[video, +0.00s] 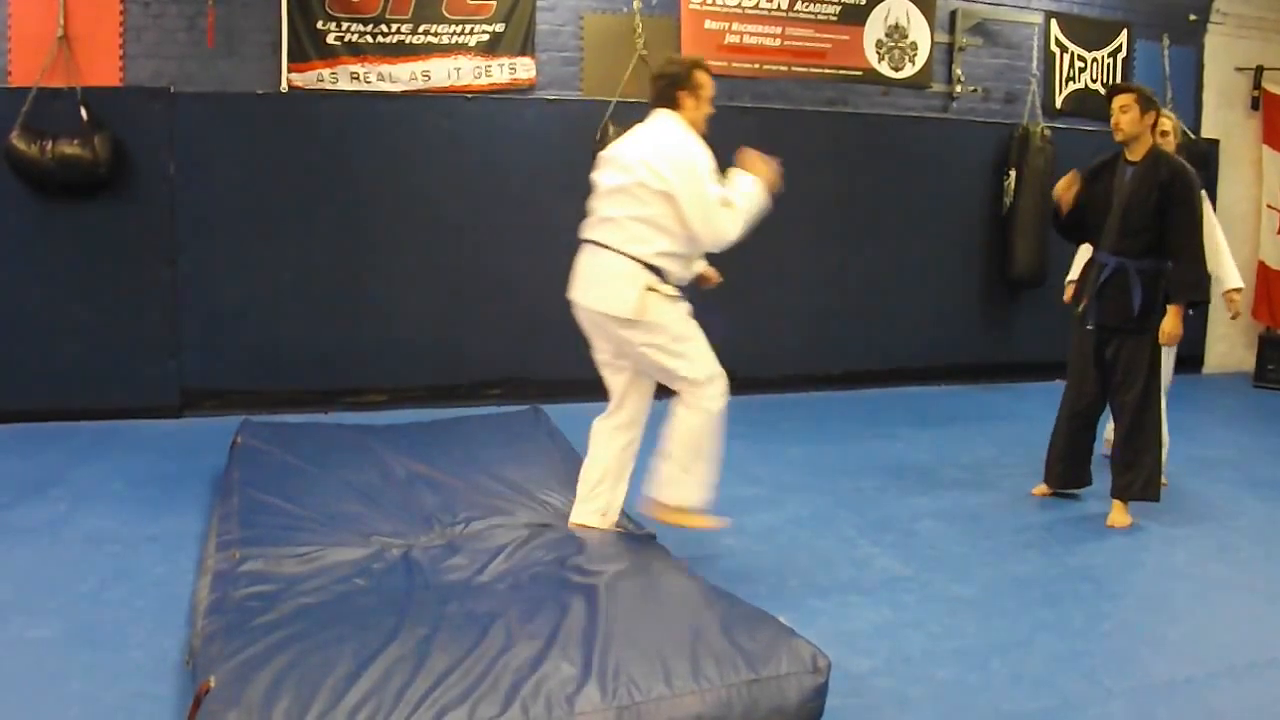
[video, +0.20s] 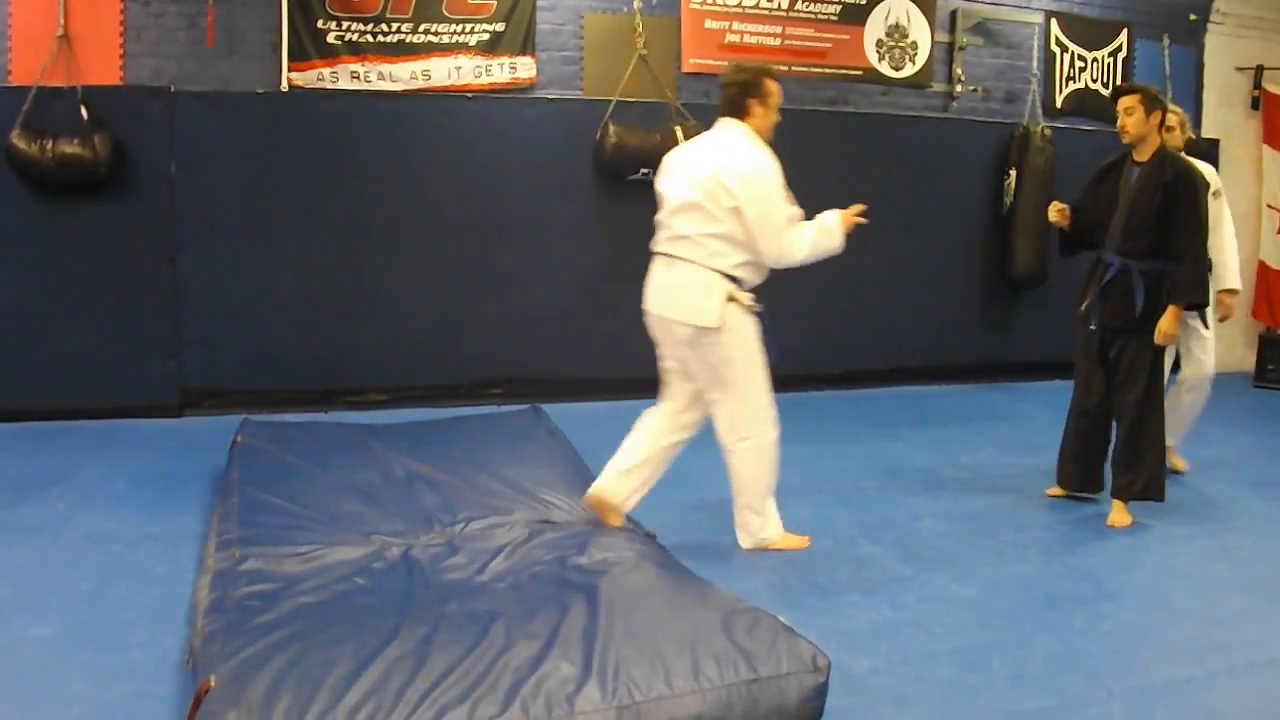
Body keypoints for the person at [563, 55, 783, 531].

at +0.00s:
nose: (711, 108)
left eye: (710, 98)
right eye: (707, 98)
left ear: (669, 97)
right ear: (684, 98)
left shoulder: (628, 141)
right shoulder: (685, 149)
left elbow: (630, 222)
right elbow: (714, 231)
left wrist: (688, 265)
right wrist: (753, 182)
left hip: (589, 283)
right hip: (633, 290)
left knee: (629, 398)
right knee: (705, 383)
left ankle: (592, 515)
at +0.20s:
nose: (779, 117)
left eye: (778, 107)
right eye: (774, 107)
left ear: (737, 106)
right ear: (753, 106)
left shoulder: (683, 153)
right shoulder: (754, 160)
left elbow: (685, 221)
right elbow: (781, 245)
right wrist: (834, 226)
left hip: (663, 290)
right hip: (713, 301)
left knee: (681, 405)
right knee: (751, 417)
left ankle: (609, 496)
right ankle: (759, 531)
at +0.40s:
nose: (824, 109)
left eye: (824, 98)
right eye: (821, 99)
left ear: (779, 95)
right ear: (802, 97)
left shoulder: (727, 142)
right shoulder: (803, 151)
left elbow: (723, 212)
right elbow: (826, 234)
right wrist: (879, 221)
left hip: (713, 278)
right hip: (757, 288)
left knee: (762, 379)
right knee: (779, 408)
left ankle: (711, 454)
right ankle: (764, 528)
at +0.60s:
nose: (849, 113)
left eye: (848, 103)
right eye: (846, 103)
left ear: (807, 100)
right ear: (827, 100)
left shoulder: (754, 147)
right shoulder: (828, 153)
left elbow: (755, 216)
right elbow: (856, 231)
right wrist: (906, 219)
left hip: (747, 281)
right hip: (789, 289)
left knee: (791, 388)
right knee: (784, 404)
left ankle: (796, 476)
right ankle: (761, 525)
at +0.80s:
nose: (871, 115)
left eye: (870, 107)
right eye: (867, 106)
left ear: (828, 107)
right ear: (846, 105)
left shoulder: (784, 153)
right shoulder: (849, 150)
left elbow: (784, 219)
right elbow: (875, 222)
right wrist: (912, 193)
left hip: (779, 277)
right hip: (817, 283)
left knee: (805, 388)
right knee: (837, 396)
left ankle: (810, 480)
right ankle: (781, 493)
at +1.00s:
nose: (894, 109)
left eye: (892, 101)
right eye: (891, 101)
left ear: (849, 102)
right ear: (878, 101)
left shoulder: (810, 148)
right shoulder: (884, 152)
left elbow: (806, 209)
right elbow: (903, 214)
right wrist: (918, 265)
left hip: (804, 264)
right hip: (850, 273)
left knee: (814, 374)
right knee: (879, 376)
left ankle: (804, 480)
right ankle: (861, 480)